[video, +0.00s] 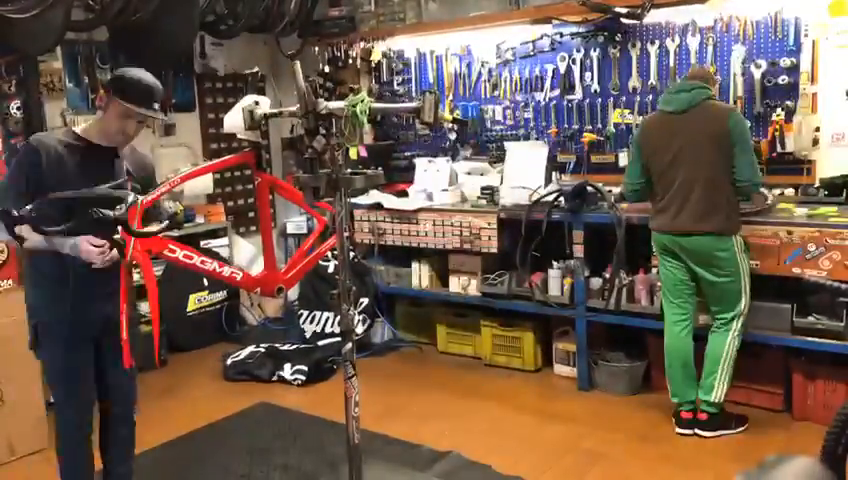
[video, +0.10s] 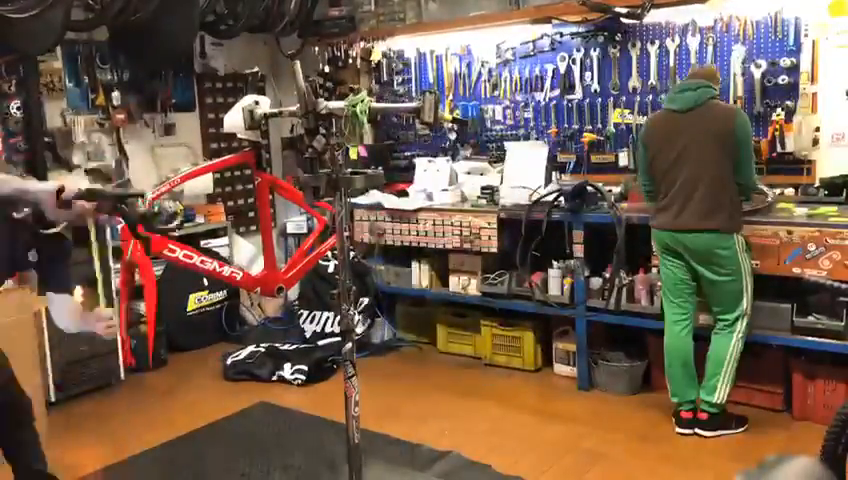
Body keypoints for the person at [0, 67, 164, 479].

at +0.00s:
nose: (136, 129)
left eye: (143, 120)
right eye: (131, 117)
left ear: (146, 118)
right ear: (104, 102)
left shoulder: (138, 164)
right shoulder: (41, 151)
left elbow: (155, 227)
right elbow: (13, 228)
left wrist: (125, 246)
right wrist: (72, 245)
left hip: (116, 307)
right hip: (60, 309)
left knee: (122, 408)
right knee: (74, 413)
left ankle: (119, 473)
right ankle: (77, 475)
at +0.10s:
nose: (89, 214)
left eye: (94, 211)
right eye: (90, 202)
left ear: (85, 215)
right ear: (72, 188)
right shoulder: (9, 205)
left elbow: (64, 314)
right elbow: (1, 181)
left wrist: (90, 321)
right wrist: (38, 190)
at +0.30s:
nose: (26, 147)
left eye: (35, 137)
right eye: (18, 139)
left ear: (50, 124)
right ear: (3, 130)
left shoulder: (81, 148)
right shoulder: (4, 160)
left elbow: (111, 218)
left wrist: (77, 212)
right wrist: (4, 233)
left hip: (84, 305)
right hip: (21, 311)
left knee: (118, 401)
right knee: (39, 422)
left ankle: (122, 474)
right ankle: (47, 477)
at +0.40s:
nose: (73, 132)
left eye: (76, 120)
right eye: (62, 123)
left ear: (80, 111)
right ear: (29, 115)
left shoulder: (83, 158)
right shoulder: (6, 164)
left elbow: (98, 219)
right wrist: (2, 258)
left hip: (76, 312)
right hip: (20, 319)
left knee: (118, 405)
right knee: (39, 427)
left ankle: (122, 473)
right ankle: (46, 476)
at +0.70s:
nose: (70, 122)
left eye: (73, 110)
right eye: (58, 112)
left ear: (77, 106)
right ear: (19, 105)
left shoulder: (81, 153)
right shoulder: (5, 160)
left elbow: (121, 195)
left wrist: (146, 196)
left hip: (80, 310)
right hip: (21, 315)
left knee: (121, 405)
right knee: (43, 426)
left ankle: (123, 473)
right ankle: (49, 476)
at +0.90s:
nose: (10, 107)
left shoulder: (22, 149)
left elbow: (76, 106)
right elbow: (3, 330)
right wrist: (71, 327)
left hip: (66, 301)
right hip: (16, 321)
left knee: (99, 381)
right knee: (27, 427)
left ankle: (112, 463)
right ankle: (32, 475)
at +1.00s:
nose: (54, 147)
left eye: (56, 136)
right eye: (44, 141)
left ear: (57, 122)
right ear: (10, 136)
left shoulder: (55, 153)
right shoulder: (4, 170)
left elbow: (101, 184)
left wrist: (122, 182)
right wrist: (21, 230)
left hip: (60, 311)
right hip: (14, 322)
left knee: (80, 415)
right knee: (19, 444)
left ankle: (80, 474)